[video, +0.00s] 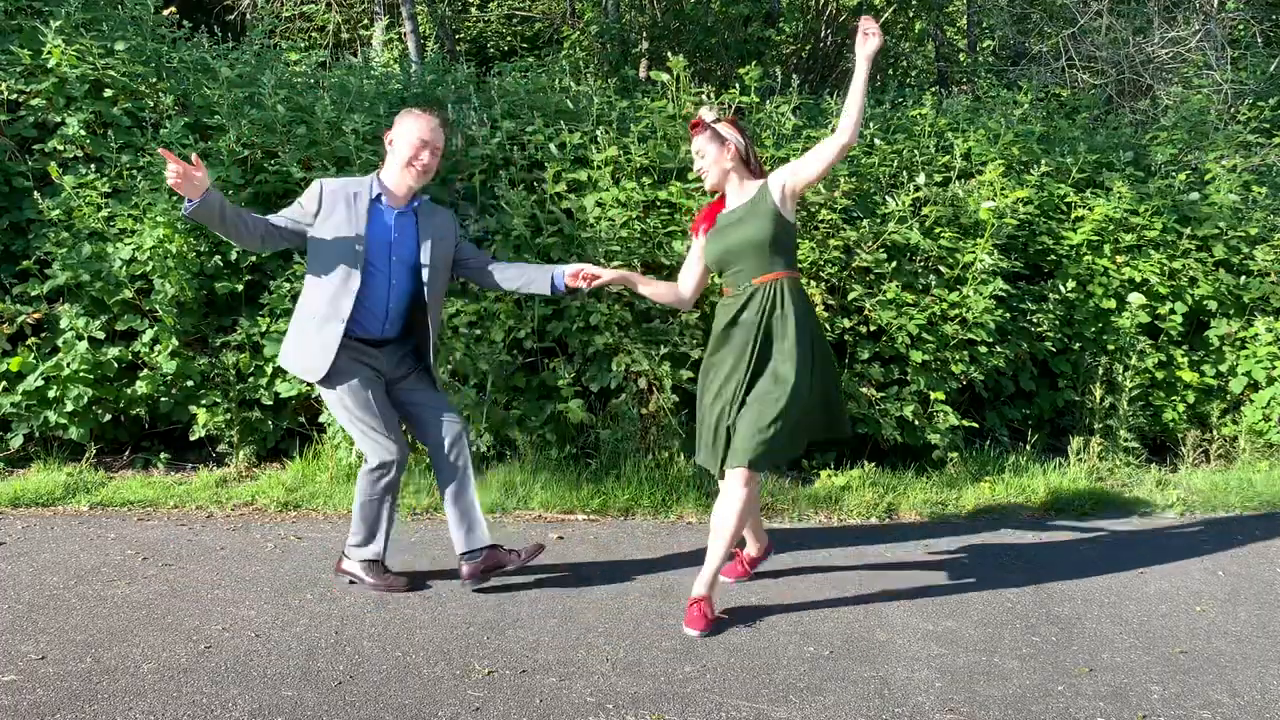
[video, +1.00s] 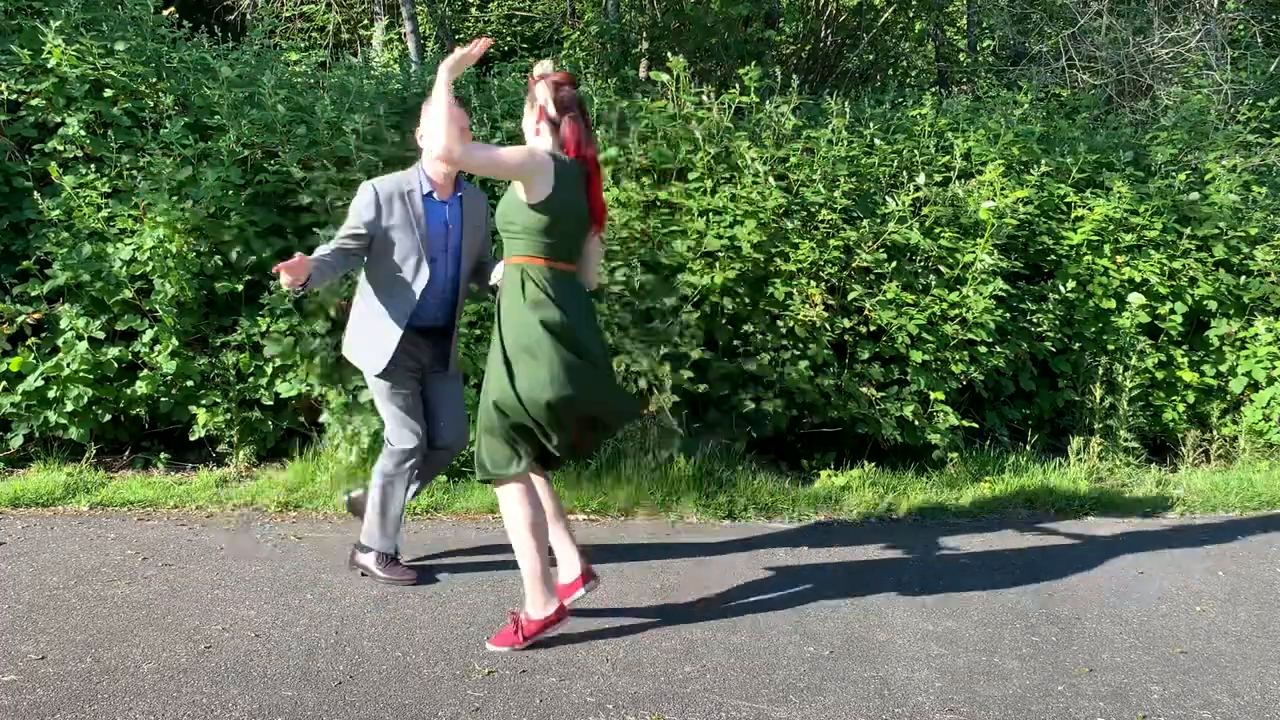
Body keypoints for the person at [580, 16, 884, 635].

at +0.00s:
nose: (695, 162)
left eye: (701, 151)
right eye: (693, 155)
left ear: (732, 146)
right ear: (718, 153)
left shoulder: (779, 185)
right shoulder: (707, 224)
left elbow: (843, 137)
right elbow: (682, 294)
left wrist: (863, 62)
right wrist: (623, 277)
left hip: (782, 327)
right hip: (730, 334)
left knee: (745, 461)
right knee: (723, 454)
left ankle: (701, 589)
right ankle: (757, 539)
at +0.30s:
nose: (683, 167)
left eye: (690, 155)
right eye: (678, 160)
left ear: (720, 151)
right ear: (684, 167)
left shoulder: (747, 195)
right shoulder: (698, 232)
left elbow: (780, 136)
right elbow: (656, 299)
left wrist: (776, 56)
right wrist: (591, 278)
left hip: (741, 317)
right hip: (711, 326)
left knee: (696, 453)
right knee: (666, 444)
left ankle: (716, 588)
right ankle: (691, 566)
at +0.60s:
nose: (630, 152)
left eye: (636, 140)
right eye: (629, 143)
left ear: (665, 137)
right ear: (652, 142)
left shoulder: (699, 186)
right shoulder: (650, 211)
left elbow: (712, 132)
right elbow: (622, 289)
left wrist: (693, 51)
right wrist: (553, 272)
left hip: (696, 321)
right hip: (659, 325)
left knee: (636, 447)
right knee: (648, 463)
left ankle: (632, 577)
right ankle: (705, 565)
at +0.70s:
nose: (605, 145)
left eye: (611, 136)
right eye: (607, 137)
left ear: (639, 139)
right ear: (630, 143)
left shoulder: (670, 191)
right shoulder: (627, 211)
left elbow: (669, 141)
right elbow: (602, 292)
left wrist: (648, 63)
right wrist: (535, 279)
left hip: (668, 338)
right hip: (628, 342)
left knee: (607, 470)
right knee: (642, 478)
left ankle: (541, 590)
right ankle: (708, 567)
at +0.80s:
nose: (584, 136)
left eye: (595, 127)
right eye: (584, 127)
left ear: (627, 140)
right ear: (590, 144)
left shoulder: (640, 190)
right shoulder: (600, 201)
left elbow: (614, 147)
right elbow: (589, 292)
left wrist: (591, 70)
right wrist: (520, 284)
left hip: (628, 335)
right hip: (597, 338)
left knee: (579, 467)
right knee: (619, 472)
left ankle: (532, 602)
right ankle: (699, 559)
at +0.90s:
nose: (565, 121)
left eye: (576, 111)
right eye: (559, 114)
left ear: (598, 123)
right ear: (556, 122)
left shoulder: (598, 172)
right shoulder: (575, 181)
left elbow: (537, 143)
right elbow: (570, 271)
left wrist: (519, 65)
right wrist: (517, 278)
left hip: (577, 327)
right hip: (561, 329)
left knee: (536, 462)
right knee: (570, 467)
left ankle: (532, 600)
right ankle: (663, 545)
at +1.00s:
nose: (522, 118)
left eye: (527, 109)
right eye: (527, 109)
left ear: (538, 116)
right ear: (573, 121)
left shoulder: (534, 162)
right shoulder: (585, 180)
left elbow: (451, 152)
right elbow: (589, 272)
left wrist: (444, 75)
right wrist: (518, 267)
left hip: (530, 321)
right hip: (566, 320)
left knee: (503, 454)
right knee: (518, 442)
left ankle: (540, 601)